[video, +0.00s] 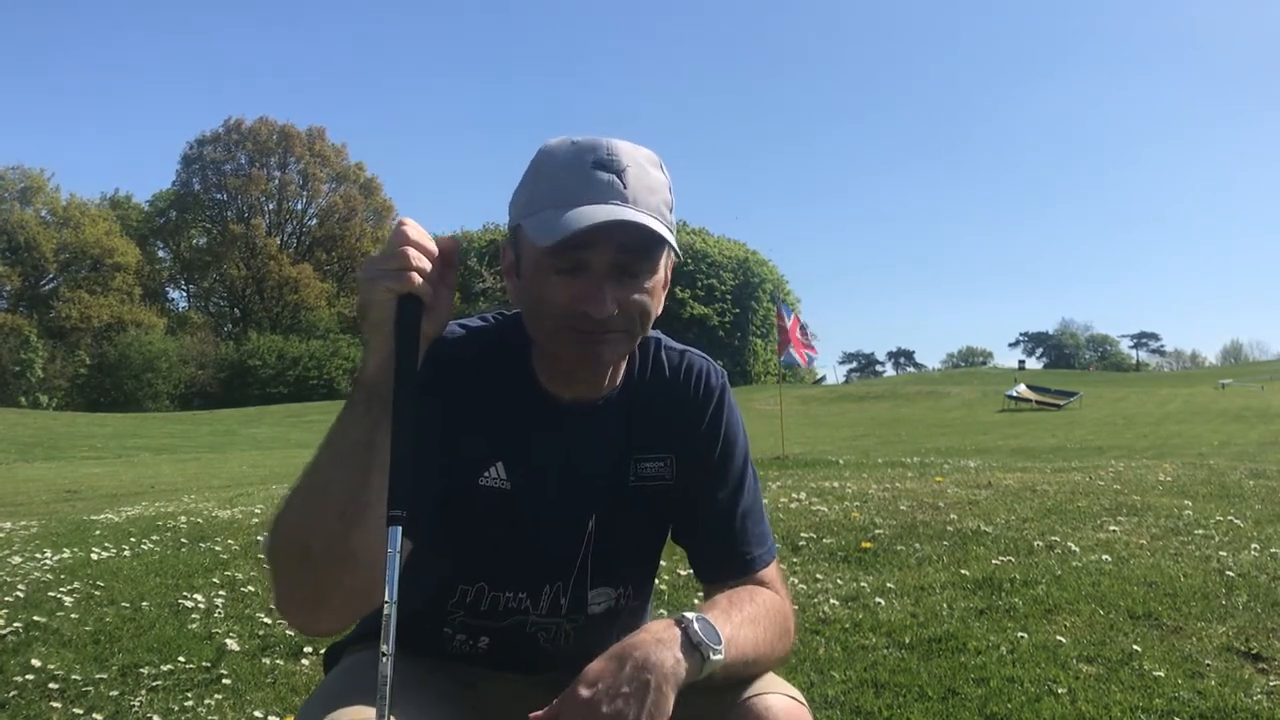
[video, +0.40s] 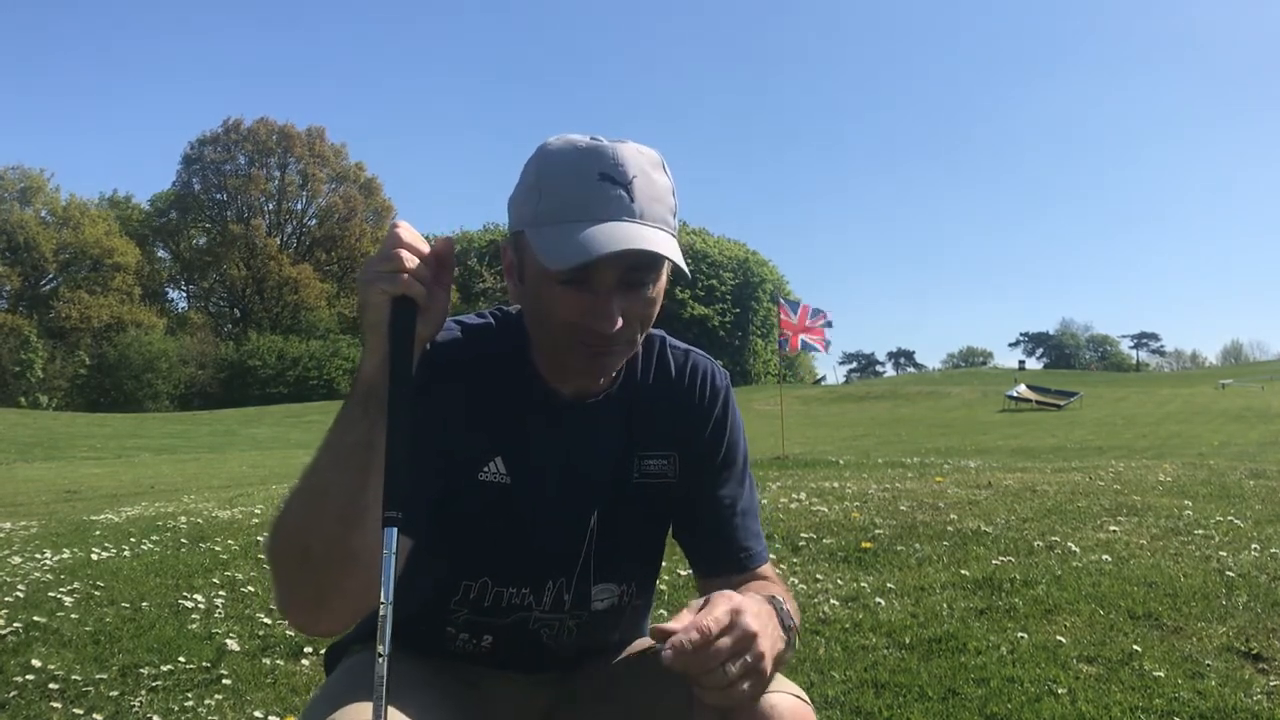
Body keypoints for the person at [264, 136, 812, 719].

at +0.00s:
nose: (600, 302)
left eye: (630, 270)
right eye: (568, 266)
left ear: (665, 280)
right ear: (511, 267)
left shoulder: (689, 391)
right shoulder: (437, 371)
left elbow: (764, 604)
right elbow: (310, 608)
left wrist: (676, 645)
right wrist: (382, 370)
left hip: (612, 670)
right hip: (432, 668)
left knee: (778, 709)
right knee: (344, 711)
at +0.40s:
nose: (609, 316)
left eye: (637, 280)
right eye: (577, 280)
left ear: (666, 277)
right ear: (513, 269)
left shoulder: (690, 390)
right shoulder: (434, 369)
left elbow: (744, 576)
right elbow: (312, 608)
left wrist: (764, 612)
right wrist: (379, 368)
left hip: (606, 669)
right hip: (435, 671)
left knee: (781, 710)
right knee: (355, 713)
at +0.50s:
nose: (607, 314)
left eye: (635, 278)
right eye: (575, 277)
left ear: (665, 276)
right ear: (511, 266)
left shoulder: (688, 389)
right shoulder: (435, 367)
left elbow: (743, 576)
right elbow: (314, 609)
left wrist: (767, 603)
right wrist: (379, 371)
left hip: (606, 666)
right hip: (435, 670)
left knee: (781, 707)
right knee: (360, 713)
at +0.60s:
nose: (607, 308)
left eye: (635, 274)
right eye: (575, 272)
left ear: (664, 272)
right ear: (510, 262)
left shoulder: (688, 386)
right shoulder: (436, 366)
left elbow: (755, 642)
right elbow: (314, 608)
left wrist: (775, 598)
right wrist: (380, 369)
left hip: (608, 664)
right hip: (438, 670)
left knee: (784, 707)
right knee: (363, 712)